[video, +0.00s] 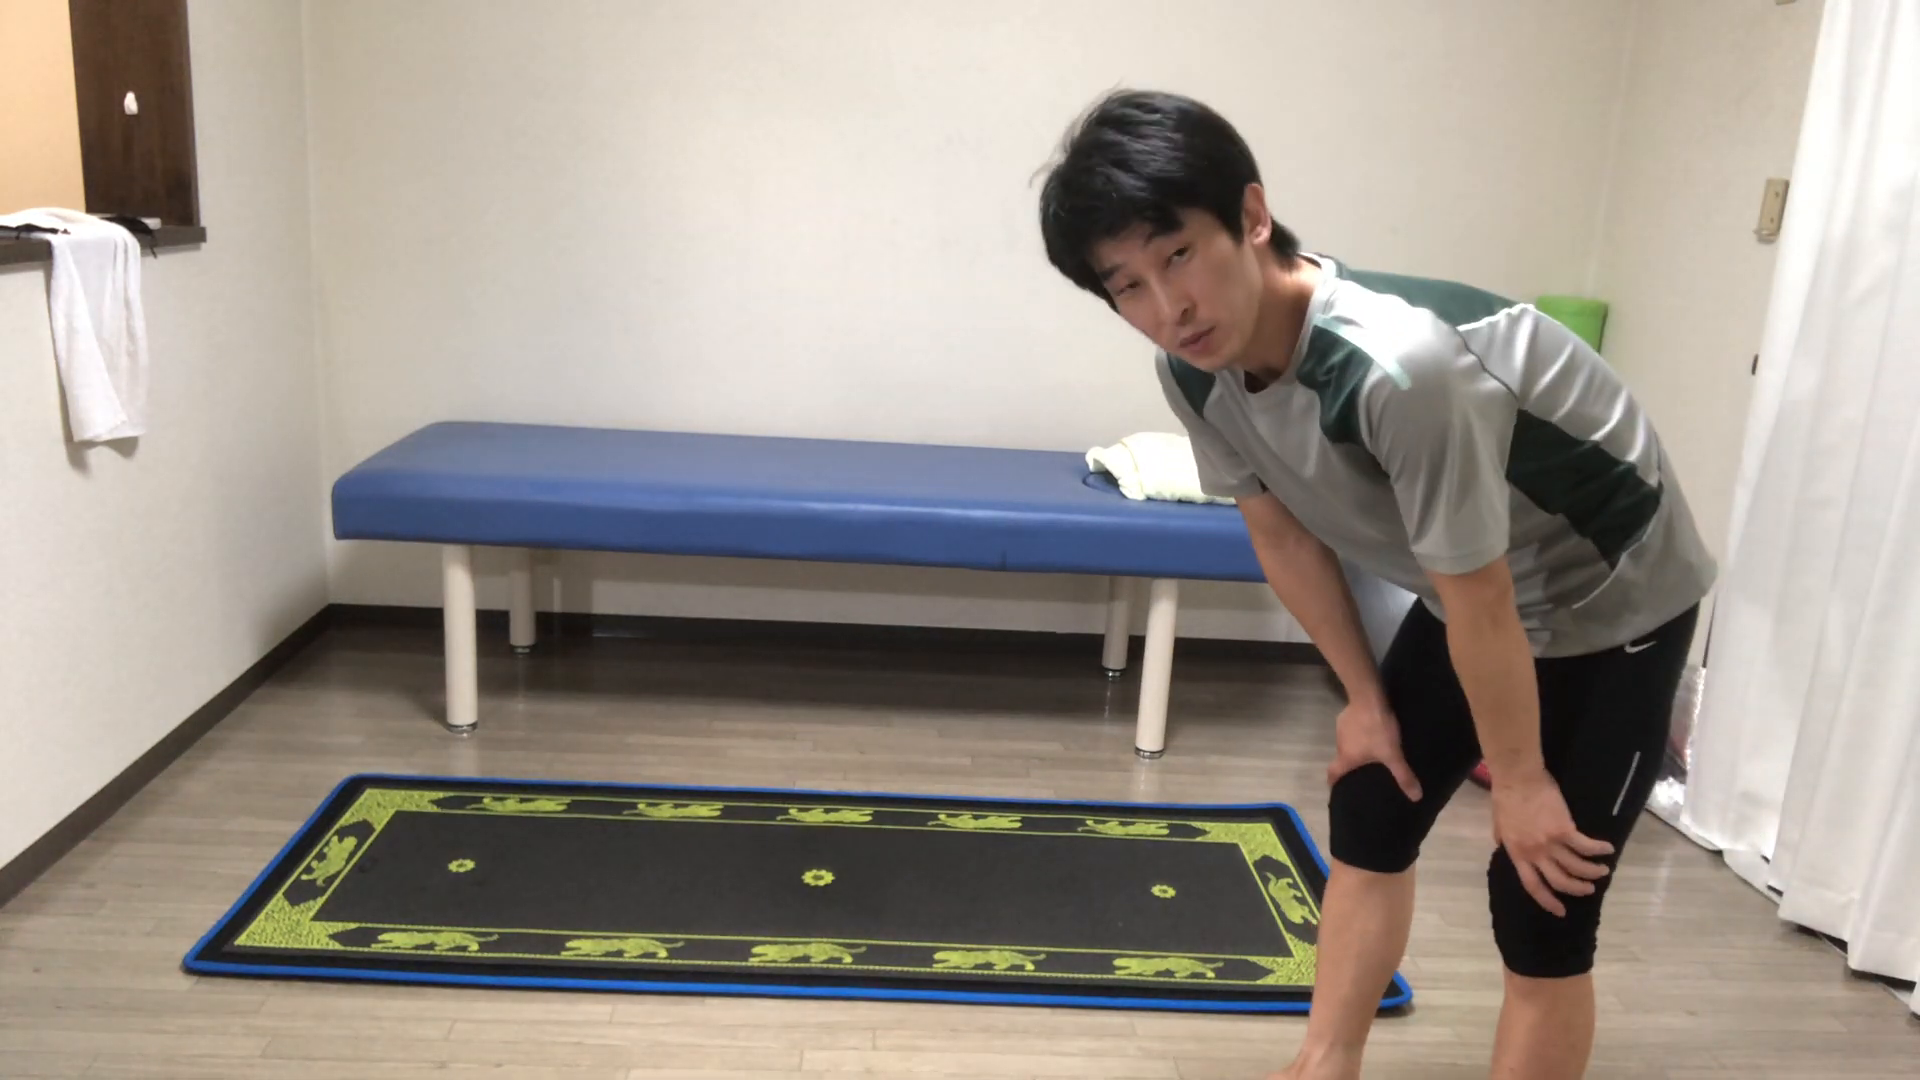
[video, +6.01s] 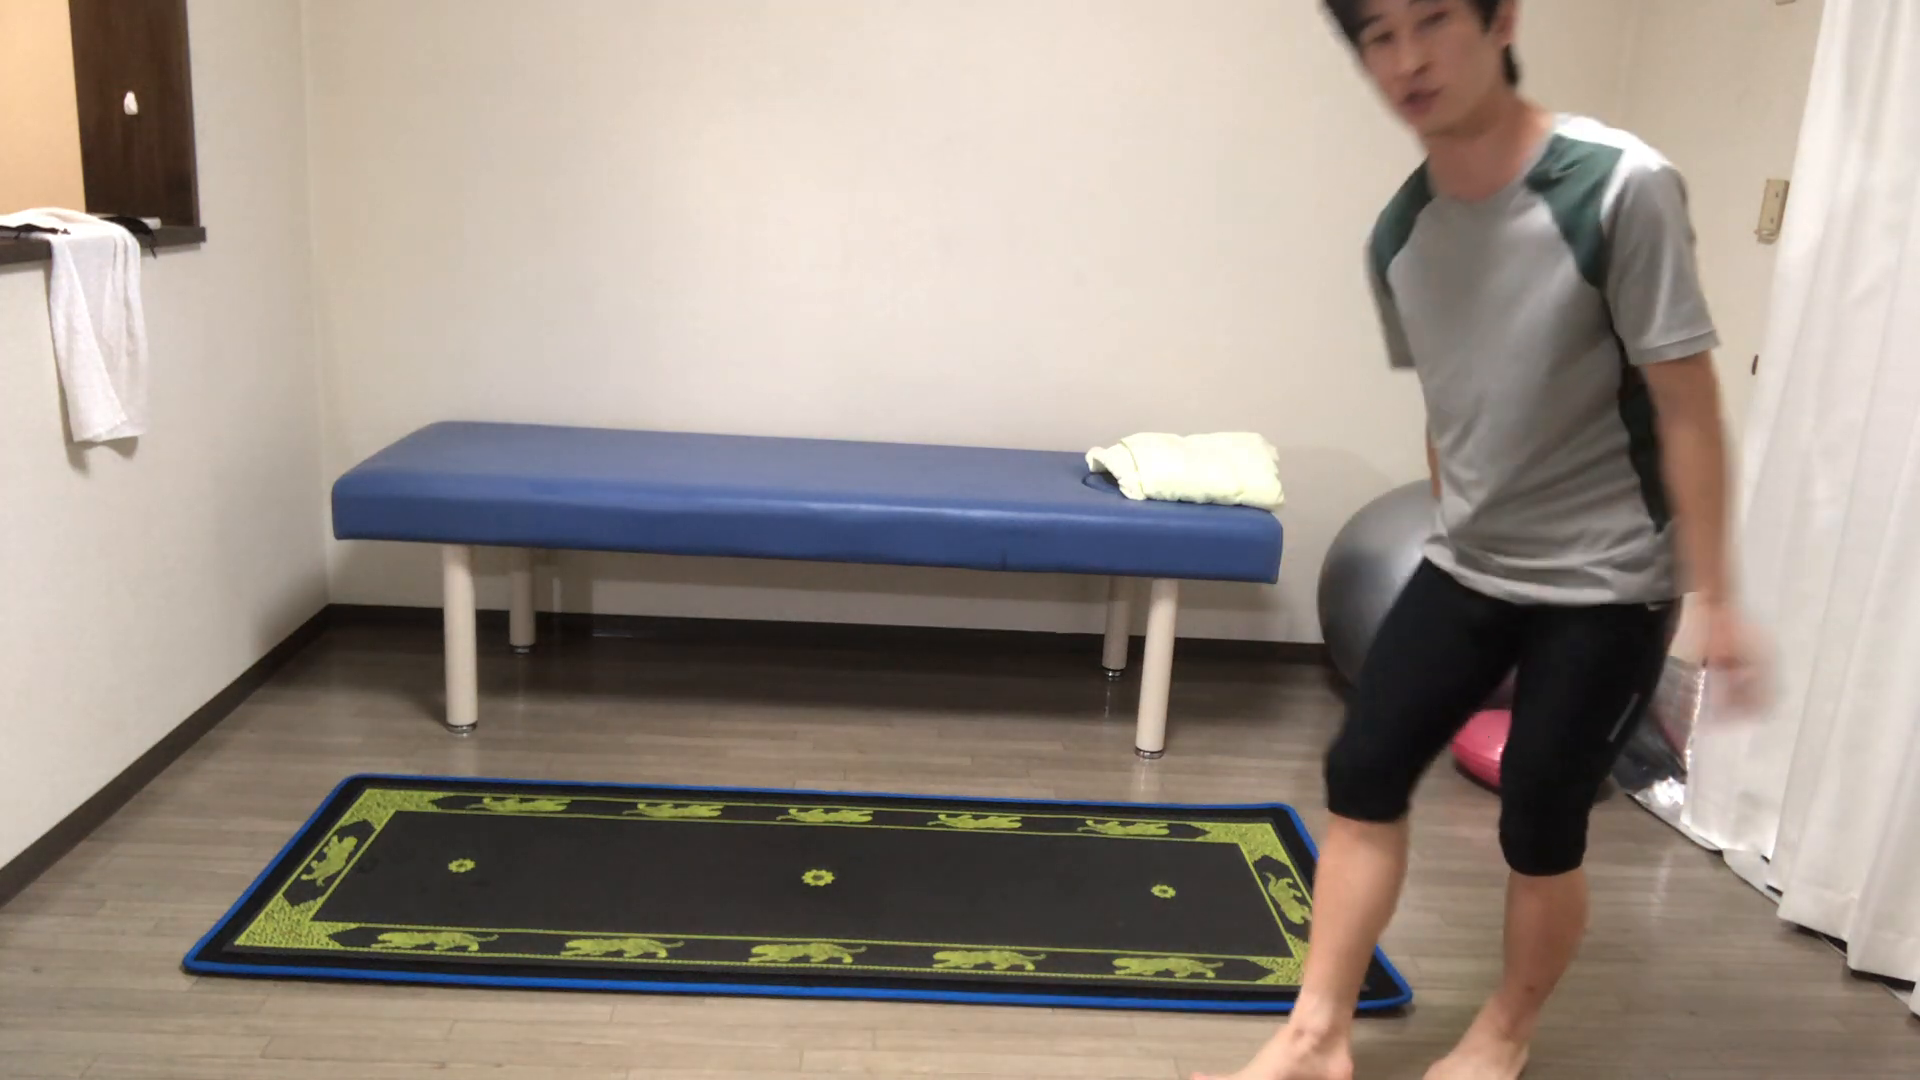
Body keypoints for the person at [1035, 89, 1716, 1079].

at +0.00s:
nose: (1168, 307)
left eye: (1178, 255)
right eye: (1128, 289)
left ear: (1250, 217)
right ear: (1111, 305)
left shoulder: (1402, 371)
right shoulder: (1195, 367)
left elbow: (1481, 598)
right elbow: (1283, 539)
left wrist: (1522, 777)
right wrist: (1363, 697)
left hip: (1618, 594)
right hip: (1472, 580)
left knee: (1539, 904)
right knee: (1372, 808)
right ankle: (1327, 1062)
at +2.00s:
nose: (1276, 176)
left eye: (1299, 123)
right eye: (1237, 153)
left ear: (1385, 113)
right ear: (1223, 184)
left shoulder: (1548, 272)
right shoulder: (1308, 360)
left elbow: (1675, 516)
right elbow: (1374, 572)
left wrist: (1655, 757)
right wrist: (1428, 757)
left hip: (1741, 628)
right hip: (1569, 639)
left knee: (1600, 936)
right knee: (1438, 873)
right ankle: (1334, 1064)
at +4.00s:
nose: (1181, 213)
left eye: (1200, 159)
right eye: (1145, 189)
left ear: (1283, 131)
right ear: (1127, 206)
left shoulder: (1452, 297)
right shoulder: (1246, 320)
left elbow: (1589, 495)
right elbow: (1375, 480)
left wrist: (1579, 709)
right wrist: (1364, 620)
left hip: (1569, 601)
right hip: (1427, 589)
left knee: (1525, 910)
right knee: (1372, 831)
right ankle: (1329, 1059)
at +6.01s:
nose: (1406, 59)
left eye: (1431, 22)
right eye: (1376, 38)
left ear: (1500, 25)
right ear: (1361, 63)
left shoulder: (1621, 191)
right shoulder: (1401, 234)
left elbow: (1689, 406)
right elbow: (1447, 412)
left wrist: (1710, 596)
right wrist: (1453, 548)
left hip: (1607, 578)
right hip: (1468, 561)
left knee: (1540, 819)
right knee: (1362, 775)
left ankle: (1504, 1034)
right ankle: (1317, 1031)